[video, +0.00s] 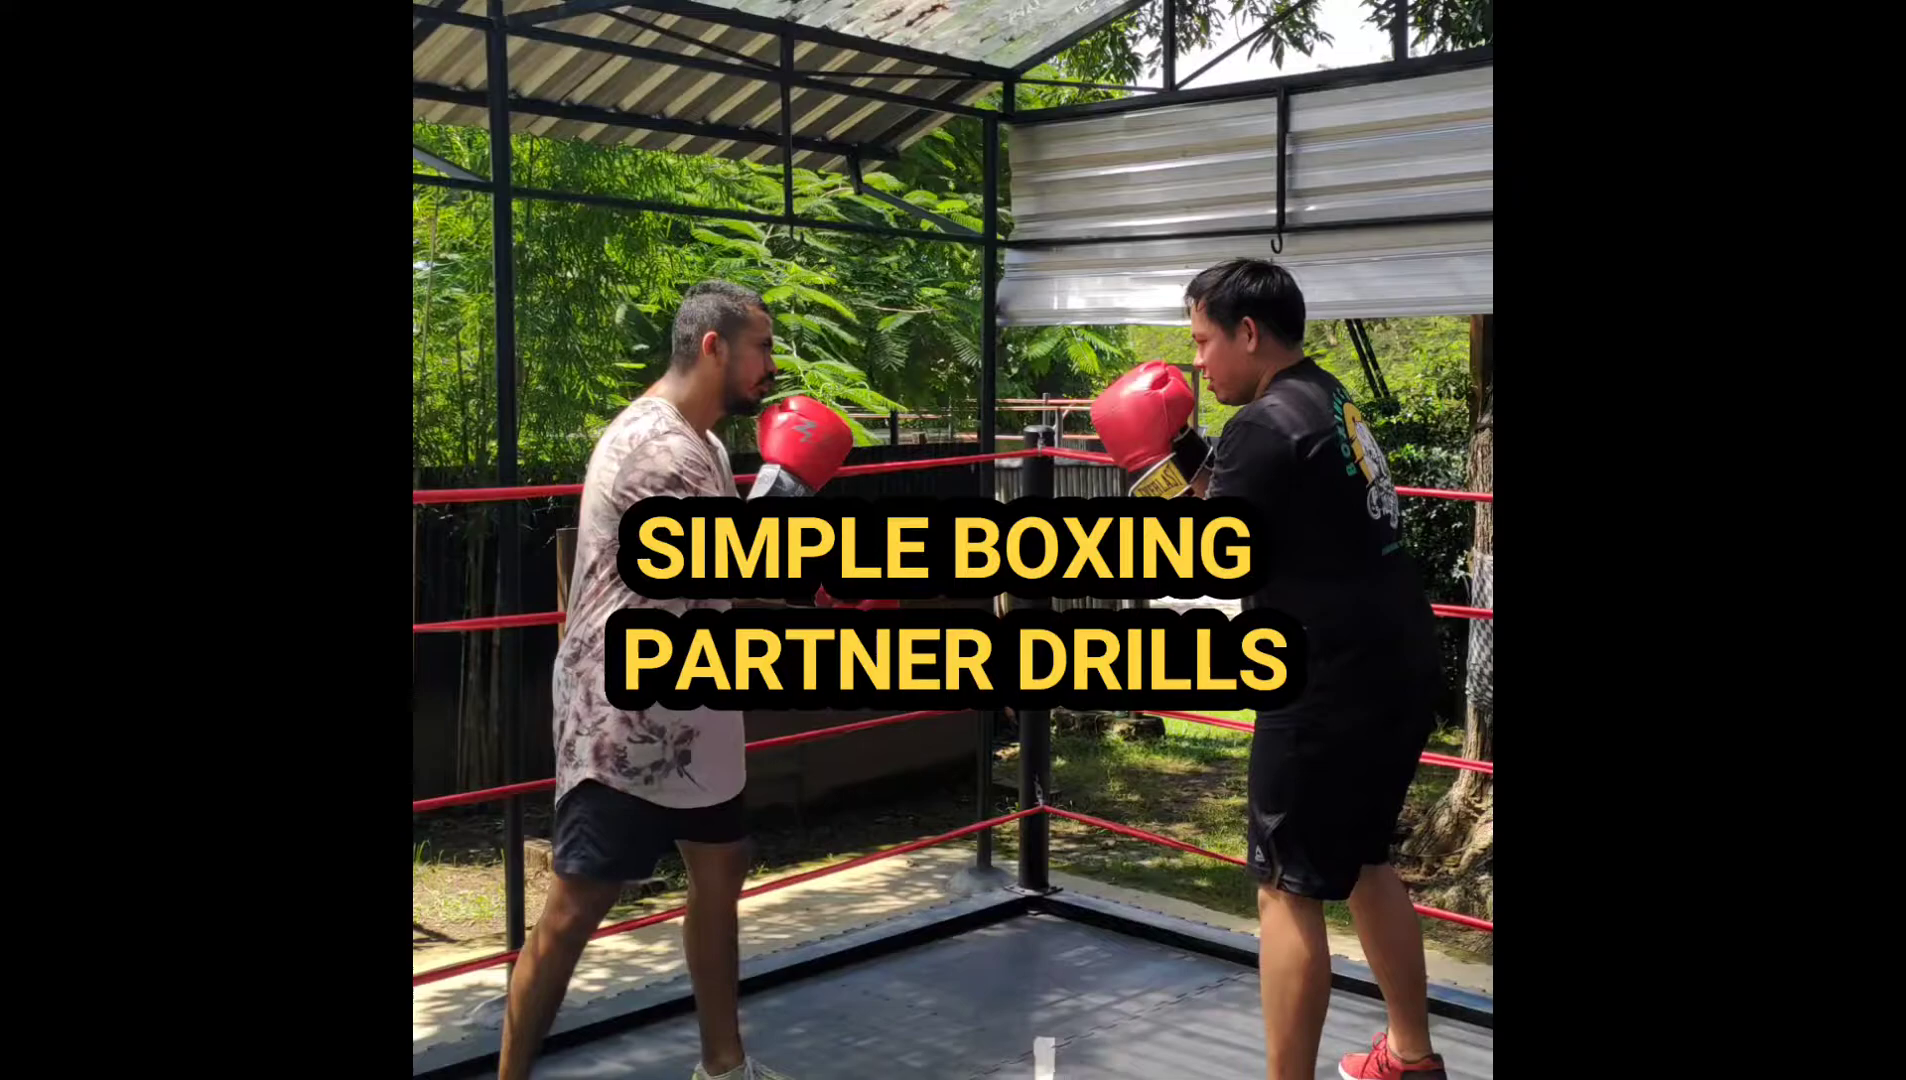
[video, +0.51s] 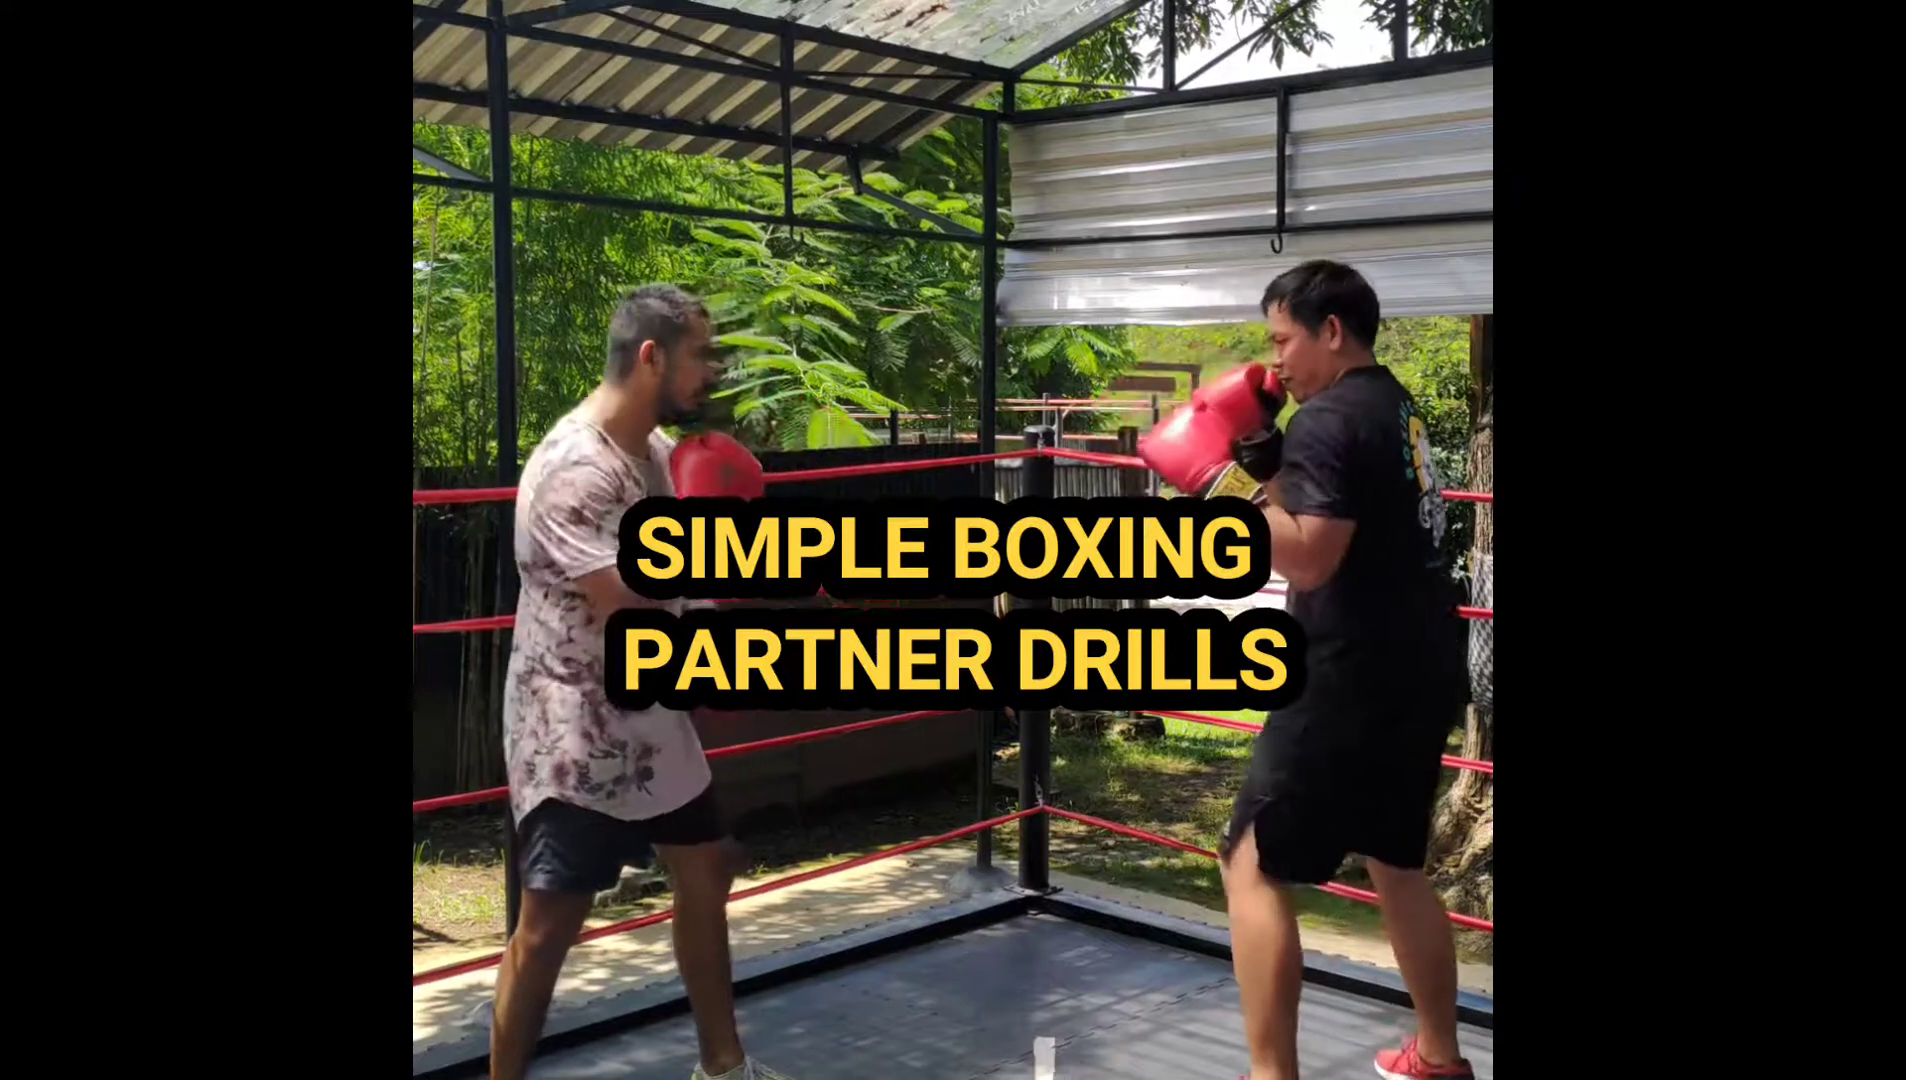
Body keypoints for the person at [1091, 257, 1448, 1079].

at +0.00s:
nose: (1197, 360)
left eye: (1202, 342)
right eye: (1194, 344)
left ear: (1252, 334)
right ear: (1269, 336)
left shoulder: (1264, 424)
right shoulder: (1327, 398)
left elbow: (1212, 551)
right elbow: (1268, 512)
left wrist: (1154, 474)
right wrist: (1187, 447)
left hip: (1324, 681)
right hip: (1397, 668)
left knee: (1286, 883)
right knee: (1369, 858)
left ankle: (1287, 1072)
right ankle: (1412, 1052)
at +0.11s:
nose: (1204, 356)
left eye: (1210, 338)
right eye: (1201, 340)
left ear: (1258, 333)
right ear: (1278, 333)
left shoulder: (1263, 423)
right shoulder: (1331, 396)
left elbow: (1214, 548)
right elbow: (1269, 514)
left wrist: (1168, 470)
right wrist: (1191, 449)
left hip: (1322, 678)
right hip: (1399, 664)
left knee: (1287, 886)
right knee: (1366, 856)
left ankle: (1288, 1073)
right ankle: (1418, 1045)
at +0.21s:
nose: (1219, 353)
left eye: (1225, 336)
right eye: (1215, 337)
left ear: (1276, 329)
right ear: (1293, 330)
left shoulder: (1278, 417)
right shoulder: (1344, 393)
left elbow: (1222, 543)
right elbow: (1278, 499)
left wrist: (1167, 473)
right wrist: (1199, 427)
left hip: (1317, 681)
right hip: (1391, 669)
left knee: (1292, 893)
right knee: (1376, 847)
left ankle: (1290, 1073)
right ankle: (1432, 1037)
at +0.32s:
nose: (1235, 353)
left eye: (1242, 334)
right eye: (1231, 337)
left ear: (1295, 328)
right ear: (1309, 329)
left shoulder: (1293, 420)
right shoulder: (1358, 392)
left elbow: (1235, 547)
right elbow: (1290, 510)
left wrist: (1182, 457)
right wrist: (1220, 432)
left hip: (1321, 681)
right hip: (1392, 672)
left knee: (1294, 896)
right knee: (1385, 855)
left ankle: (1290, 1073)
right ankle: (1437, 1040)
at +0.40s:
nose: (1261, 359)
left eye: (1268, 340)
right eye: (1258, 343)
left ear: (1318, 331)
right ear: (1333, 332)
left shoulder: (1314, 421)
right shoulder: (1384, 402)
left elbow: (1275, 563)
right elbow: (1319, 518)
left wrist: (1221, 479)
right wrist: (1252, 441)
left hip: (1329, 682)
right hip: (1405, 676)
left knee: (1274, 880)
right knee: (1392, 856)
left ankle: (1283, 1070)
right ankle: (1437, 1050)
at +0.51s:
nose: (1274, 360)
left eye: (1283, 341)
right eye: (1271, 344)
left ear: (1336, 335)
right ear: (1346, 336)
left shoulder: (1331, 419)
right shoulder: (1386, 401)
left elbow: (1308, 560)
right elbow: (1318, 515)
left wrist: (1220, 497)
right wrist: (1261, 442)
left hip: (1347, 680)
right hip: (1419, 674)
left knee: (1249, 861)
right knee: (1398, 858)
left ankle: (1271, 1069)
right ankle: (1440, 1052)